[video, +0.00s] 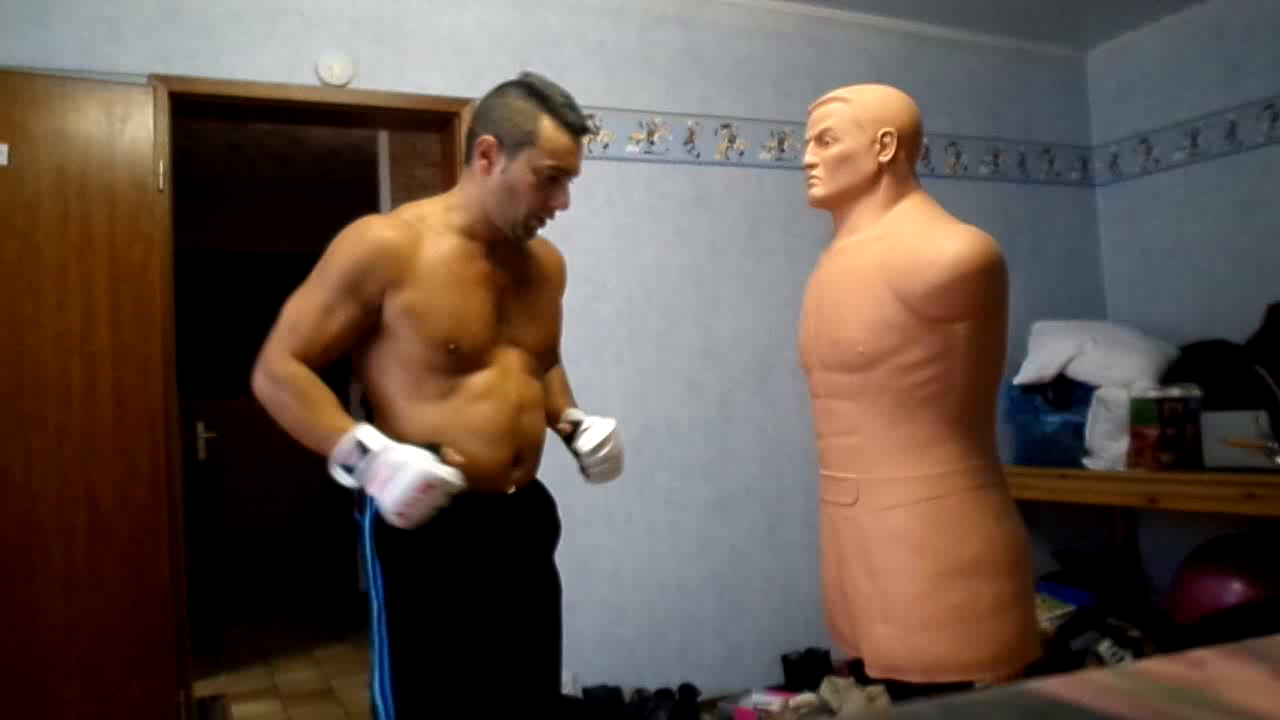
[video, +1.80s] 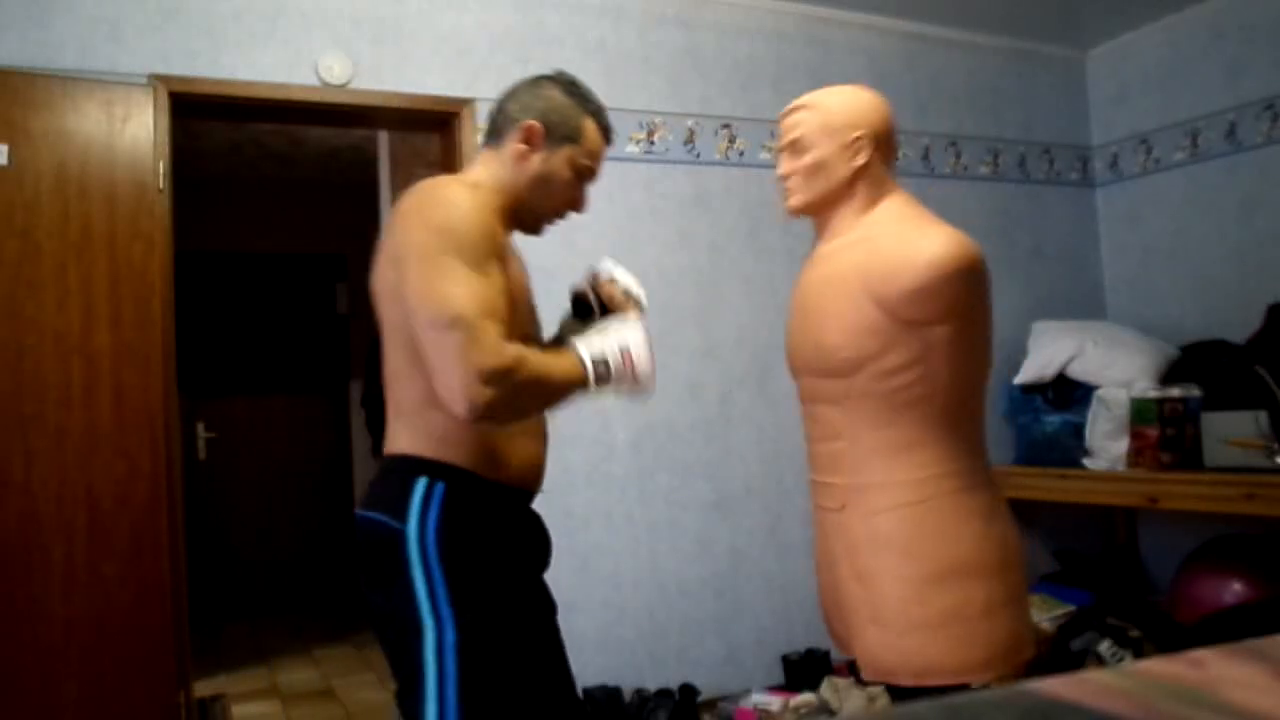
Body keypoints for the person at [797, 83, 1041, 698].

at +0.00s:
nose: (807, 157)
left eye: (825, 140)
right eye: (808, 142)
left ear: (884, 148)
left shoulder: (951, 258)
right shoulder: (836, 260)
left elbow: (967, 426)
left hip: (934, 539)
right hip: (855, 538)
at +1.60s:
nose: (845, 149)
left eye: (861, 135)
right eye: (850, 136)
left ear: (914, 143)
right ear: (914, 146)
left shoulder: (948, 238)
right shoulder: (888, 235)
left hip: (940, 515)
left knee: (948, 696)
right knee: (907, 690)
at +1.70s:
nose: (815, 154)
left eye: (831, 138)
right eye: (818, 139)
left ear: (888, 147)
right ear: (883, 149)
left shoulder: (928, 246)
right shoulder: (862, 243)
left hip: (928, 523)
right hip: (874, 519)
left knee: (946, 691)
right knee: (898, 687)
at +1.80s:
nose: (781, 168)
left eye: (797, 148)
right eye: (780, 152)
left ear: (859, 152)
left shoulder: (922, 257)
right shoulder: (830, 255)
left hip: (923, 539)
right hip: (854, 535)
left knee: (950, 702)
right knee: (888, 694)